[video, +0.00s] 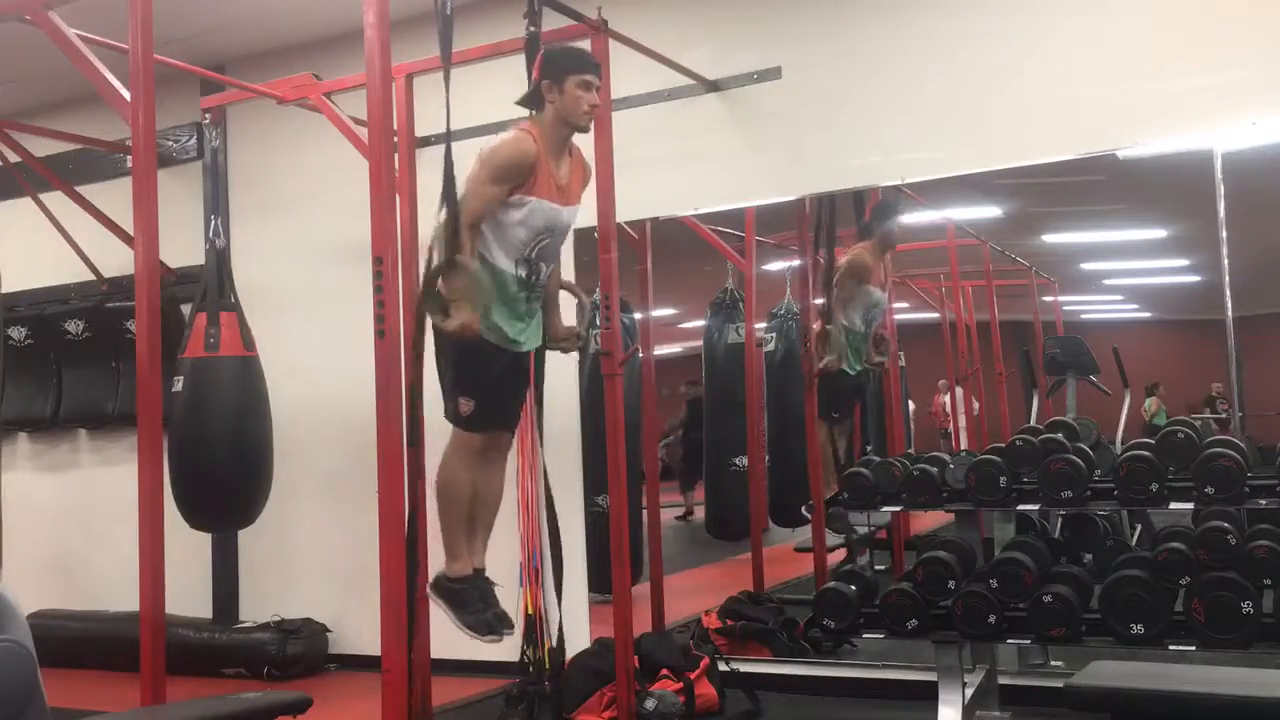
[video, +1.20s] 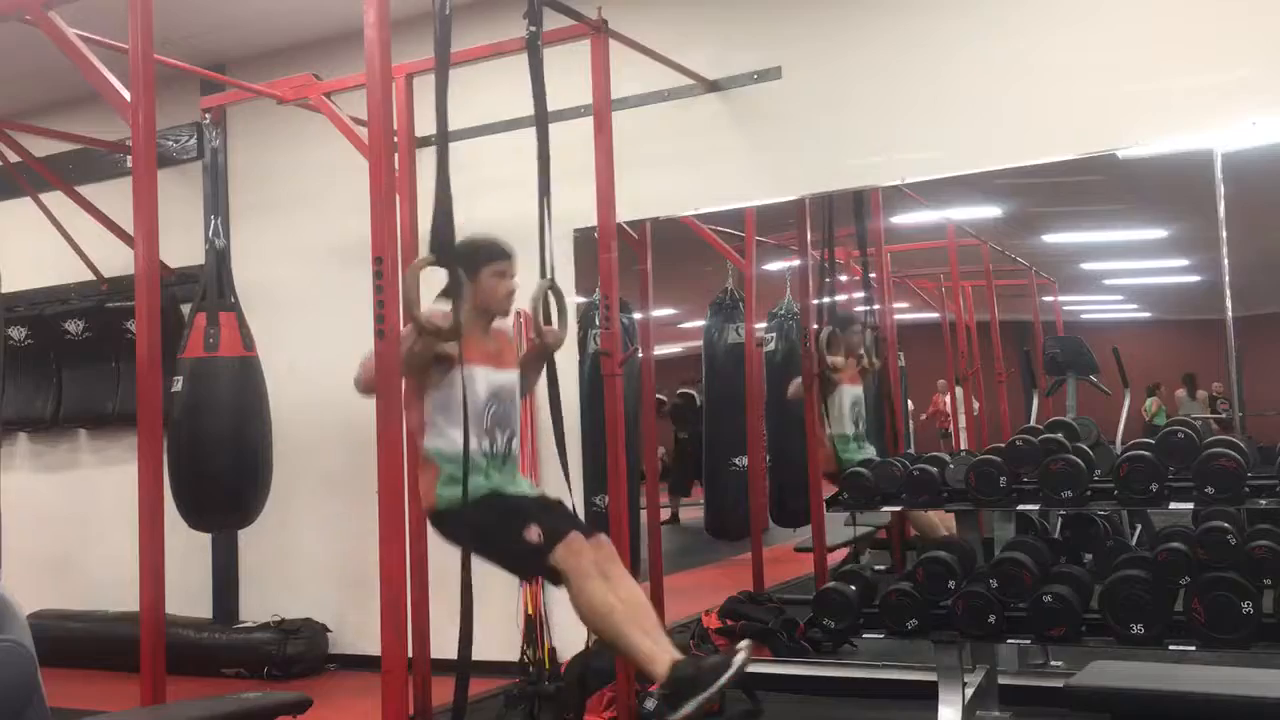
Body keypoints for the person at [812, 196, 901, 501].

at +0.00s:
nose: (899, 233)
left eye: (900, 225)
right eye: (894, 225)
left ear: (888, 228)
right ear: (879, 226)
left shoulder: (884, 261)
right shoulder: (858, 261)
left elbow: (872, 313)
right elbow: (838, 311)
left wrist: (872, 350)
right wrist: (836, 353)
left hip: (862, 358)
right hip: (842, 358)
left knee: (850, 425)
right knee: (833, 425)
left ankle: (847, 487)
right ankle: (831, 491)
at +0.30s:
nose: (909, 276)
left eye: (909, 270)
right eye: (905, 269)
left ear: (894, 271)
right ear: (888, 269)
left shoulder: (881, 299)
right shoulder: (866, 295)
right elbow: (823, 314)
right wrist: (829, 357)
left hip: (858, 379)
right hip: (841, 380)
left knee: (856, 455)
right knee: (847, 455)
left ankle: (856, 530)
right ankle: (844, 534)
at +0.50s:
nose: (916, 309)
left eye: (916, 303)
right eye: (913, 302)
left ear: (899, 302)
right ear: (896, 302)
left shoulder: (885, 329)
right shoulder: (870, 321)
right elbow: (827, 319)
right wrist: (831, 362)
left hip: (859, 409)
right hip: (839, 411)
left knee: (865, 480)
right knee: (852, 481)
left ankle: (871, 551)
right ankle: (859, 553)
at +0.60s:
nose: (918, 321)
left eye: (919, 314)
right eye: (915, 313)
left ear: (900, 312)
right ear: (897, 310)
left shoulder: (887, 340)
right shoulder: (867, 325)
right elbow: (826, 322)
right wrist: (829, 360)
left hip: (861, 421)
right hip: (839, 421)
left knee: (870, 487)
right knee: (854, 489)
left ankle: (877, 556)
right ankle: (863, 559)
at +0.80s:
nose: (909, 312)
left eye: (910, 307)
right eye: (904, 306)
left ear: (901, 309)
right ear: (887, 307)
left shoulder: (890, 337)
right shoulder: (863, 327)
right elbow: (822, 344)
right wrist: (838, 362)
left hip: (863, 418)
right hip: (841, 421)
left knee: (881, 483)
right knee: (866, 486)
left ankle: (892, 550)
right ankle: (878, 553)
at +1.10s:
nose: (875, 318)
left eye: (875, 312)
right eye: (870, 312)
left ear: (870, 313)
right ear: (855, 314)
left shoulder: (869, 339)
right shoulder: (836, 339)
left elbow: (879, 365)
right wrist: (859, 363)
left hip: (873, 434)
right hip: (850, 439)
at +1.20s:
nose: (861, 337)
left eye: (862, 332)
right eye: (856, 333)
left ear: (863, 334)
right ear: (839, 336)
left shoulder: (858, 369)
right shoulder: (829, 372)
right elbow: (792, 392)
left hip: (869, 455)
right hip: (848, 461)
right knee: (904, 491)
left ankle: (953, 541)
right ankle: (947, 544)